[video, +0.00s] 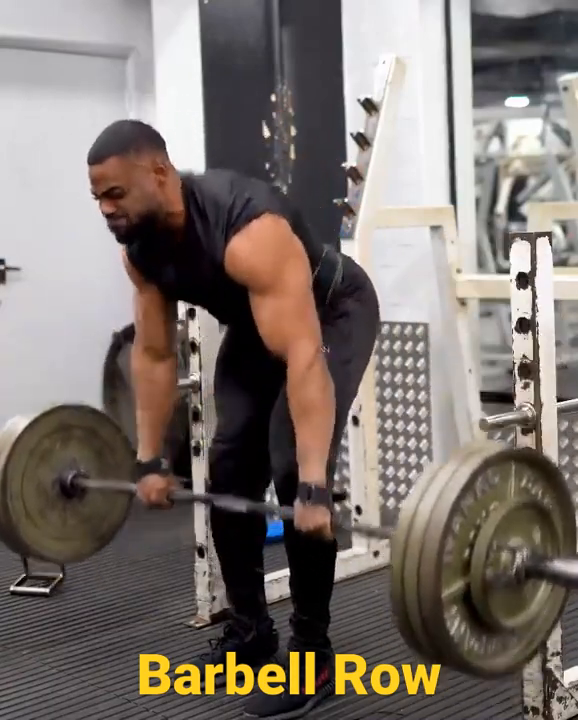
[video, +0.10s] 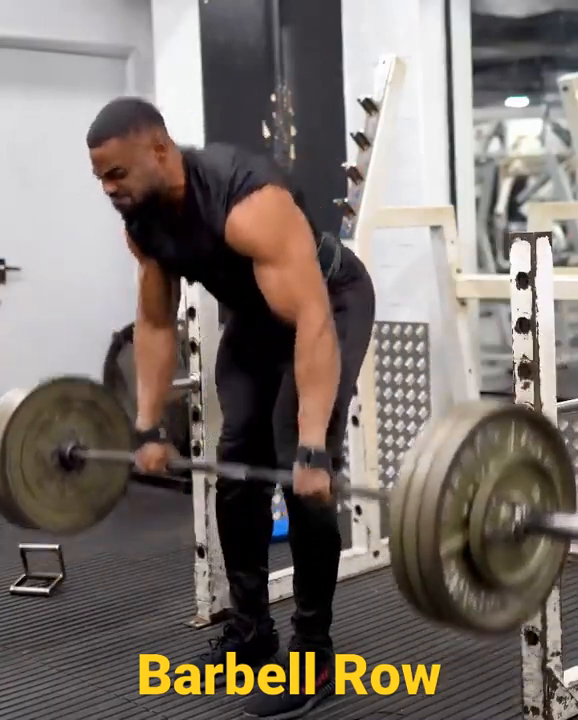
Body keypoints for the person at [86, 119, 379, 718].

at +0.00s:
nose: (106, 212)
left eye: (114, 194)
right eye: (98, 198)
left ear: (160, 172)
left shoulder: (250, 229)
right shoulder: (142, 245)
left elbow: (304, 355)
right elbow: (154, 353)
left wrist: (312, 485)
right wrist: (150, 458)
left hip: (333, 308)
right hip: (253, 319)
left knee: (299, 469)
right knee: (229, 469)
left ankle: (311, 650)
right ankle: (248, 630)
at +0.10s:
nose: (110, 190)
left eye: (117, 174)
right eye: (102, 178)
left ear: (160, 148)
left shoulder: (252, 203)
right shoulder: (143, 219)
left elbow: (315, 320)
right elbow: (154, 321)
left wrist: (312, 449)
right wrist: (149, 429)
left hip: (327, 300)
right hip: (252, 312)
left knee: (309, 468)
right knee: (237, 465)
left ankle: (311, 649)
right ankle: (250, 627)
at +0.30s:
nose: (126, 135)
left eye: (132, 119)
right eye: (118, 124)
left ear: (174, 89)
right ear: (124, 112)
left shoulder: (261, 133)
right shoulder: (153, 159)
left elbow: (349, 228)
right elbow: (157, 245)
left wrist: (315, 338)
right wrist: (147, 331)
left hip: (304, 313)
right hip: (235, 315)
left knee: (304, 480)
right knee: (240, 480)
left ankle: (314, 652)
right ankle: (249, 631)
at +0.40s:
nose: (119, 138)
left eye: (124, 121)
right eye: (110, 127)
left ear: (165, 91)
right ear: (113, 115)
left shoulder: (254, 129)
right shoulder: (148, 154)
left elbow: (362, 196)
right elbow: (164, 219)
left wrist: (317, 294)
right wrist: (147, 291)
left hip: (301, 312)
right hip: (228, 315)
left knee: (294, 474)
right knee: (228, 477)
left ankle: (313, 651)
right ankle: (248, 630)